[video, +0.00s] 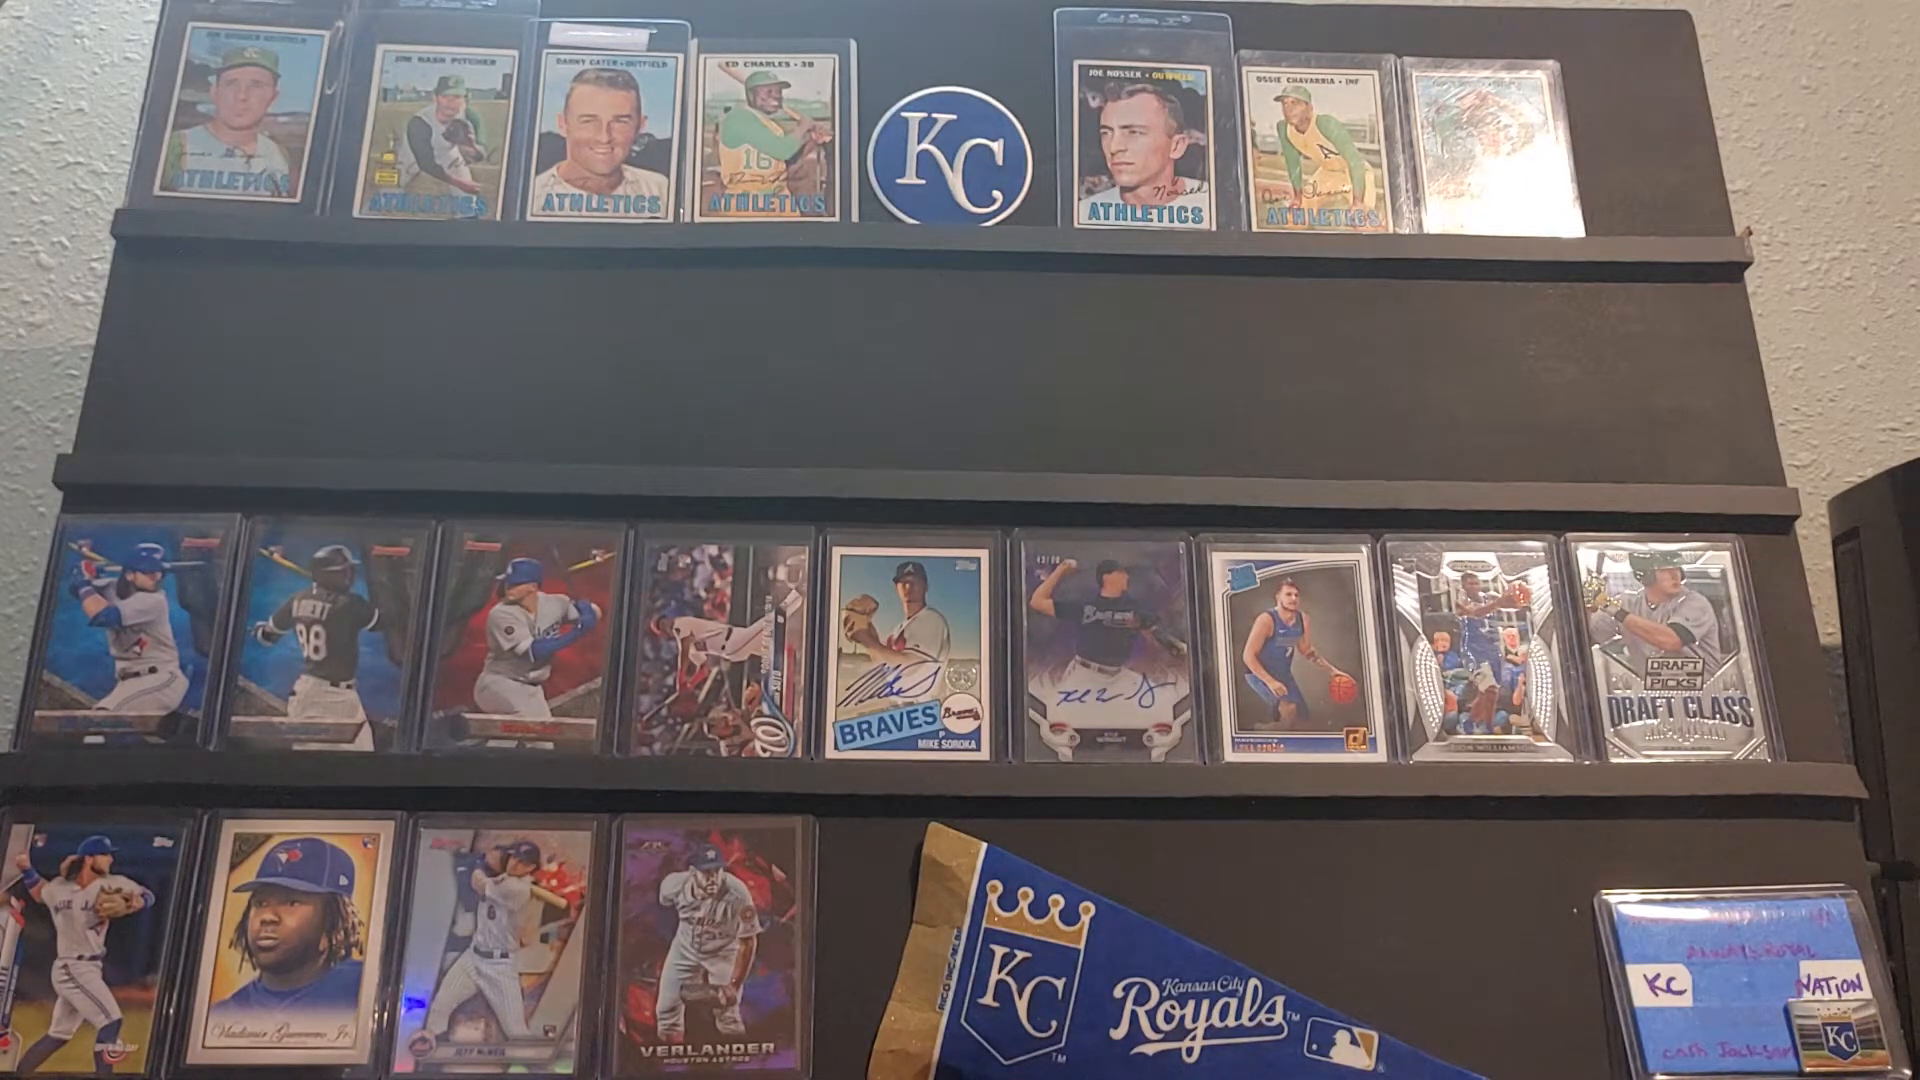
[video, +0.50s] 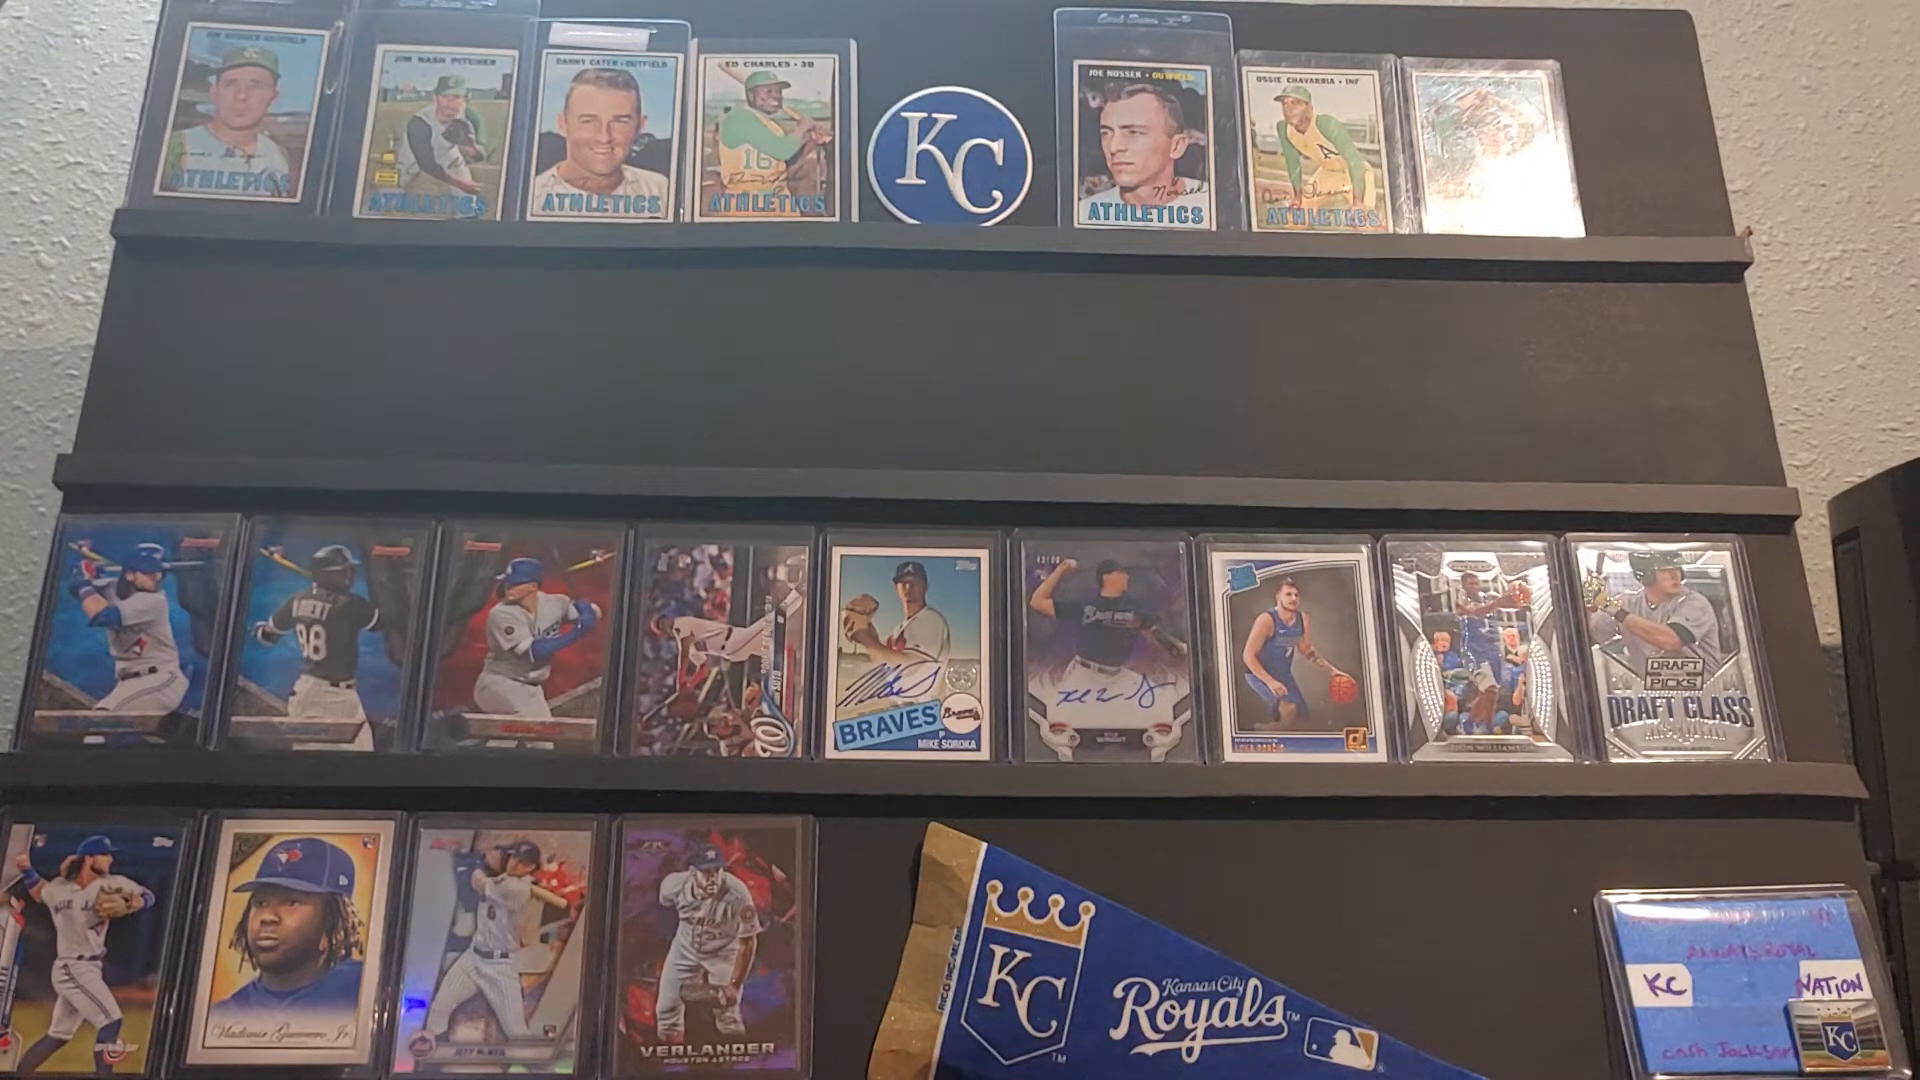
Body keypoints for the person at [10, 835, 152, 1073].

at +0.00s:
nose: (110, 859)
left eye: (110, 855)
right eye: (105, 855)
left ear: (95, 861)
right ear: (89, 859)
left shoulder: (112, 884)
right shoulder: (58, 888)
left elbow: (149, 896)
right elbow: (39, 892)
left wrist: (134, 904)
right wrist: (27, 869)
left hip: (90, 968)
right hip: (71, 968)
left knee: (58, 1035)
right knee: (111, 1020)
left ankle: (19, 1072)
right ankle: (104, 1074)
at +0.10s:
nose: (110, 860)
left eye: (110, 855)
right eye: (105, 855)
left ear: (94, 861)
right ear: (89, 860)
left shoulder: (111, 884)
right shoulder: (58, 889)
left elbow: (149, 896)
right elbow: (39, 892)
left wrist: (135, 903)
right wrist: (27, 870)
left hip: (90, 968)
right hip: (71, 968)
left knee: (58, 1036)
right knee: (111, 1020)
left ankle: (19, 1073)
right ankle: (104, 1074)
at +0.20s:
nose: (110, 859)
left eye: (110, 855)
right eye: (105, 855)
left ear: (94, 861)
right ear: (89, 860)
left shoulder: (112, 884)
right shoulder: (58, 889)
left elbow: (148, 896)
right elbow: (39, 891)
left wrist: (134, 904)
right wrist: (27, 869)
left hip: (90, 968)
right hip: (71, 968)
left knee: (58, 1035)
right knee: (111, 1020)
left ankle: (19, 1073)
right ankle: (104, 1074)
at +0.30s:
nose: (110, 859)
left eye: (110, 855)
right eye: (105, 855)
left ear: (94, 861)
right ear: (89, 860)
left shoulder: (112, 884)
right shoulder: (58, 889)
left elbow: (148, 896)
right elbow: (39, 891)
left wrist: (134, 904)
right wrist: (27, 869)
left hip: (90, 968)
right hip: (71, 968)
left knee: (58, 1035)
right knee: (111, 1020)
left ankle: (19, 1073)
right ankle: (104, 1074)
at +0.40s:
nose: (110, 859)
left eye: (110, 855)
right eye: (105, 855)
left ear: (94, 861)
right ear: (89, 860)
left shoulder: (112, 884)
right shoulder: (58, 889)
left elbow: (148, 896)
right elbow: (39, 891)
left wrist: (134, 904)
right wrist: (27, 869)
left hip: (90, 968)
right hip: (71, 968)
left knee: (58, 1035)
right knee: (111, 1020)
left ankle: (19, 1073)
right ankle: (104, 1074)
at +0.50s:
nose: (110, 859)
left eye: (110, 855)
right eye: (105, 855)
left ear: (95, 861)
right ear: (89, 859)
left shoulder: (111, 884)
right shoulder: (58, 889)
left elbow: (149, 896)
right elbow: (39, 891)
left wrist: (134, 903)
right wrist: (27, 869)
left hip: (90, 968)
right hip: (71, 968)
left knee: (58, 1035)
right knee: (111, 1020)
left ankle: (19, 1073)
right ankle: (104, 1074)